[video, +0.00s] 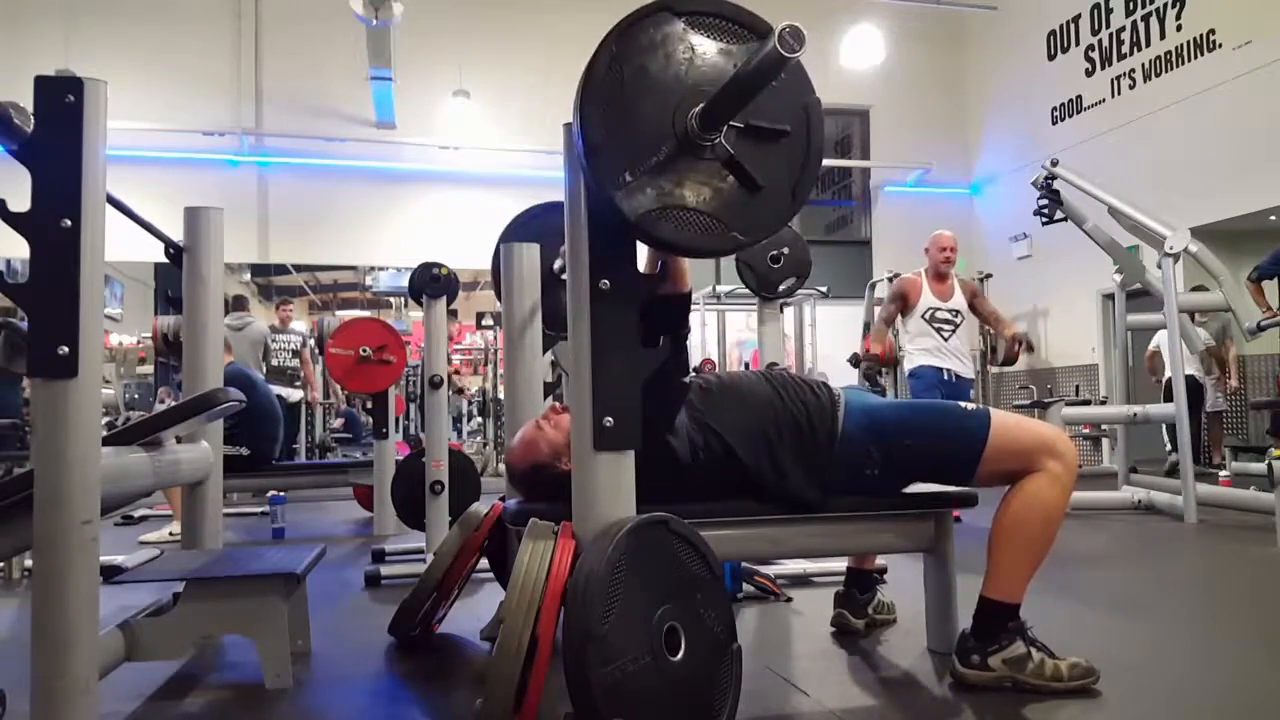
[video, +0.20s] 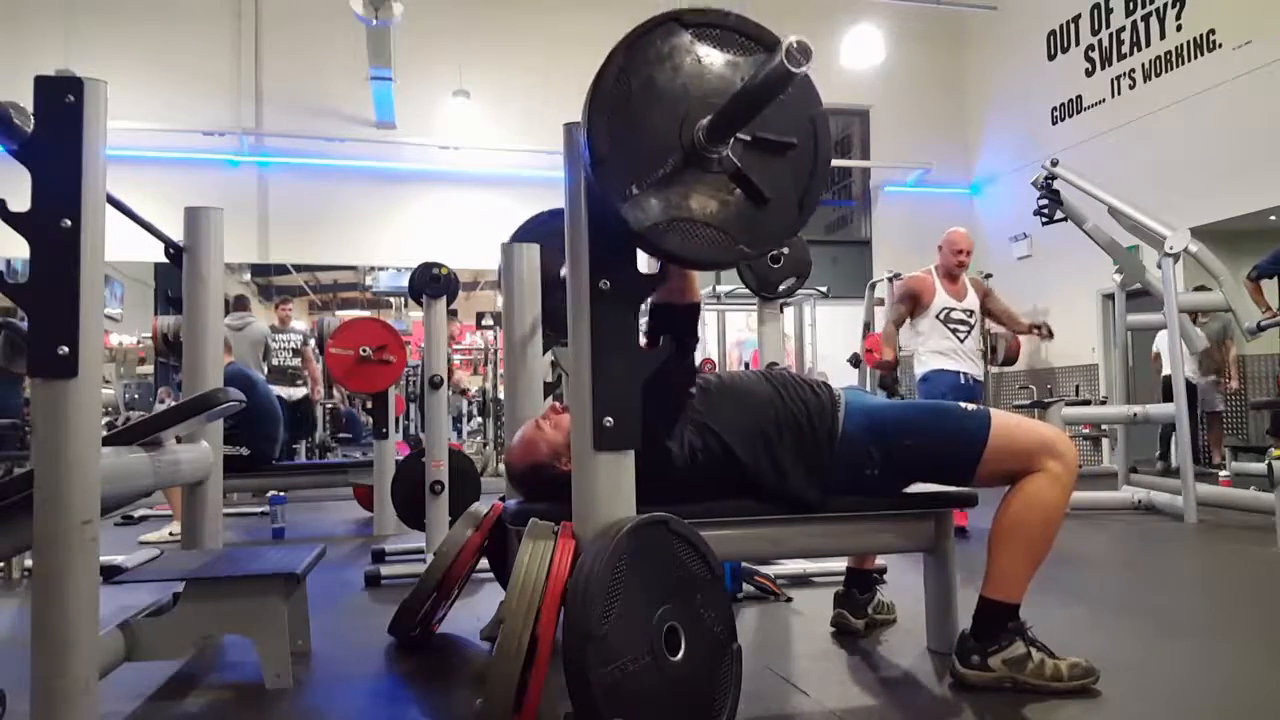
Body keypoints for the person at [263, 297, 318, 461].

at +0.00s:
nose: (287, 314)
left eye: (290, 311)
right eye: (284, 310)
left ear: (293, 313)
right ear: (276, 312)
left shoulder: (300, 336)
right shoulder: (267, 332)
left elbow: (306, 362)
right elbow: (258, 358)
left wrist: (314, 389)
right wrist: (258, 384)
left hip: (295, 387)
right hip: (274, 386)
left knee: (292, 431)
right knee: (276, 426)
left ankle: (289, 462)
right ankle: (274, 462)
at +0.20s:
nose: (287, 313)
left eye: (289, 310)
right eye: (283, 310)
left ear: (293, 312)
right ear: (276, 311)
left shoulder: (301, 334)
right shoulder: (268, 333)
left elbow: (310, 361)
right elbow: (260, 359)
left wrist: (317, 384)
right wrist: (259, 383)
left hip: (299, 387)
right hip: (276, 387)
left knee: (304, 427)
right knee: (280, 428)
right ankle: (281, 462)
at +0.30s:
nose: (287, 312)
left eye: (290, 309)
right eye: (283, 309)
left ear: (294, 311)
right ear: (276, 311)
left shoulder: (303, 331)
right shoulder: (269, 332)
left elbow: (311, 358)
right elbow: (262, 358)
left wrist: (319, 383)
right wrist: (260, 382)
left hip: (301, 385)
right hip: (276, 385)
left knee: (313, 422)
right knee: (282, 425)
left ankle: (289, 428)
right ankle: (285, 459)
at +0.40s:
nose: (288, 312)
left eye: (291, 309)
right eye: (284, 309)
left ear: (294, 310)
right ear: (277, 311)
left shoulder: (305, 331)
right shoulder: (271, 332)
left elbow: (314, 357)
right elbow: (264, 357)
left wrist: (319, 383)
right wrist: (261, 380)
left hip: (302, 384)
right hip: (278, 385)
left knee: (314, 420)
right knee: (283, 423)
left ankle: (295, 427)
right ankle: (285, 458)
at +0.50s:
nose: (290, 311)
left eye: (293, 308)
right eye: (286, 308)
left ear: (297, 310)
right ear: (280, 310)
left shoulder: (307, 331)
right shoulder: (274, 332)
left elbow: (317, 358)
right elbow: (266, 358)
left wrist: (322, 384)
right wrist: (264, 381)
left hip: (304, 384)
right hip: (281, 385)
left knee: (315, 420)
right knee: (287, 426)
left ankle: (309, 450)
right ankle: (285, 460)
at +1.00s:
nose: (309, 311)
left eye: (312, 307)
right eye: (306, 308)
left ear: (320, 309)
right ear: (303, 310)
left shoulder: (331, 329)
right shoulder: (300, 334)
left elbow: (340, 356)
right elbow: (294, 360)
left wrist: (341, 384)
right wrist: (286, 385)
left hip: (326, 385)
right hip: (304, 385)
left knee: (330, 429)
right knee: (297, 429)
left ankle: (333, 462)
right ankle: (294, 463)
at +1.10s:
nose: (309, 311)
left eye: (313, 308)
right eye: (307, 308)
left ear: (322, 309)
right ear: (305, 311)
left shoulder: (334, 328)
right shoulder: (305, 332)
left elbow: (343, 356)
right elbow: (299, 359)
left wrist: (343, 384)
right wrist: (291, 383)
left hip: (328, 386)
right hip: (307, 385)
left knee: (331, 430)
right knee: (297, 429)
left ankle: (335, 465)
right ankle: (310, 449)